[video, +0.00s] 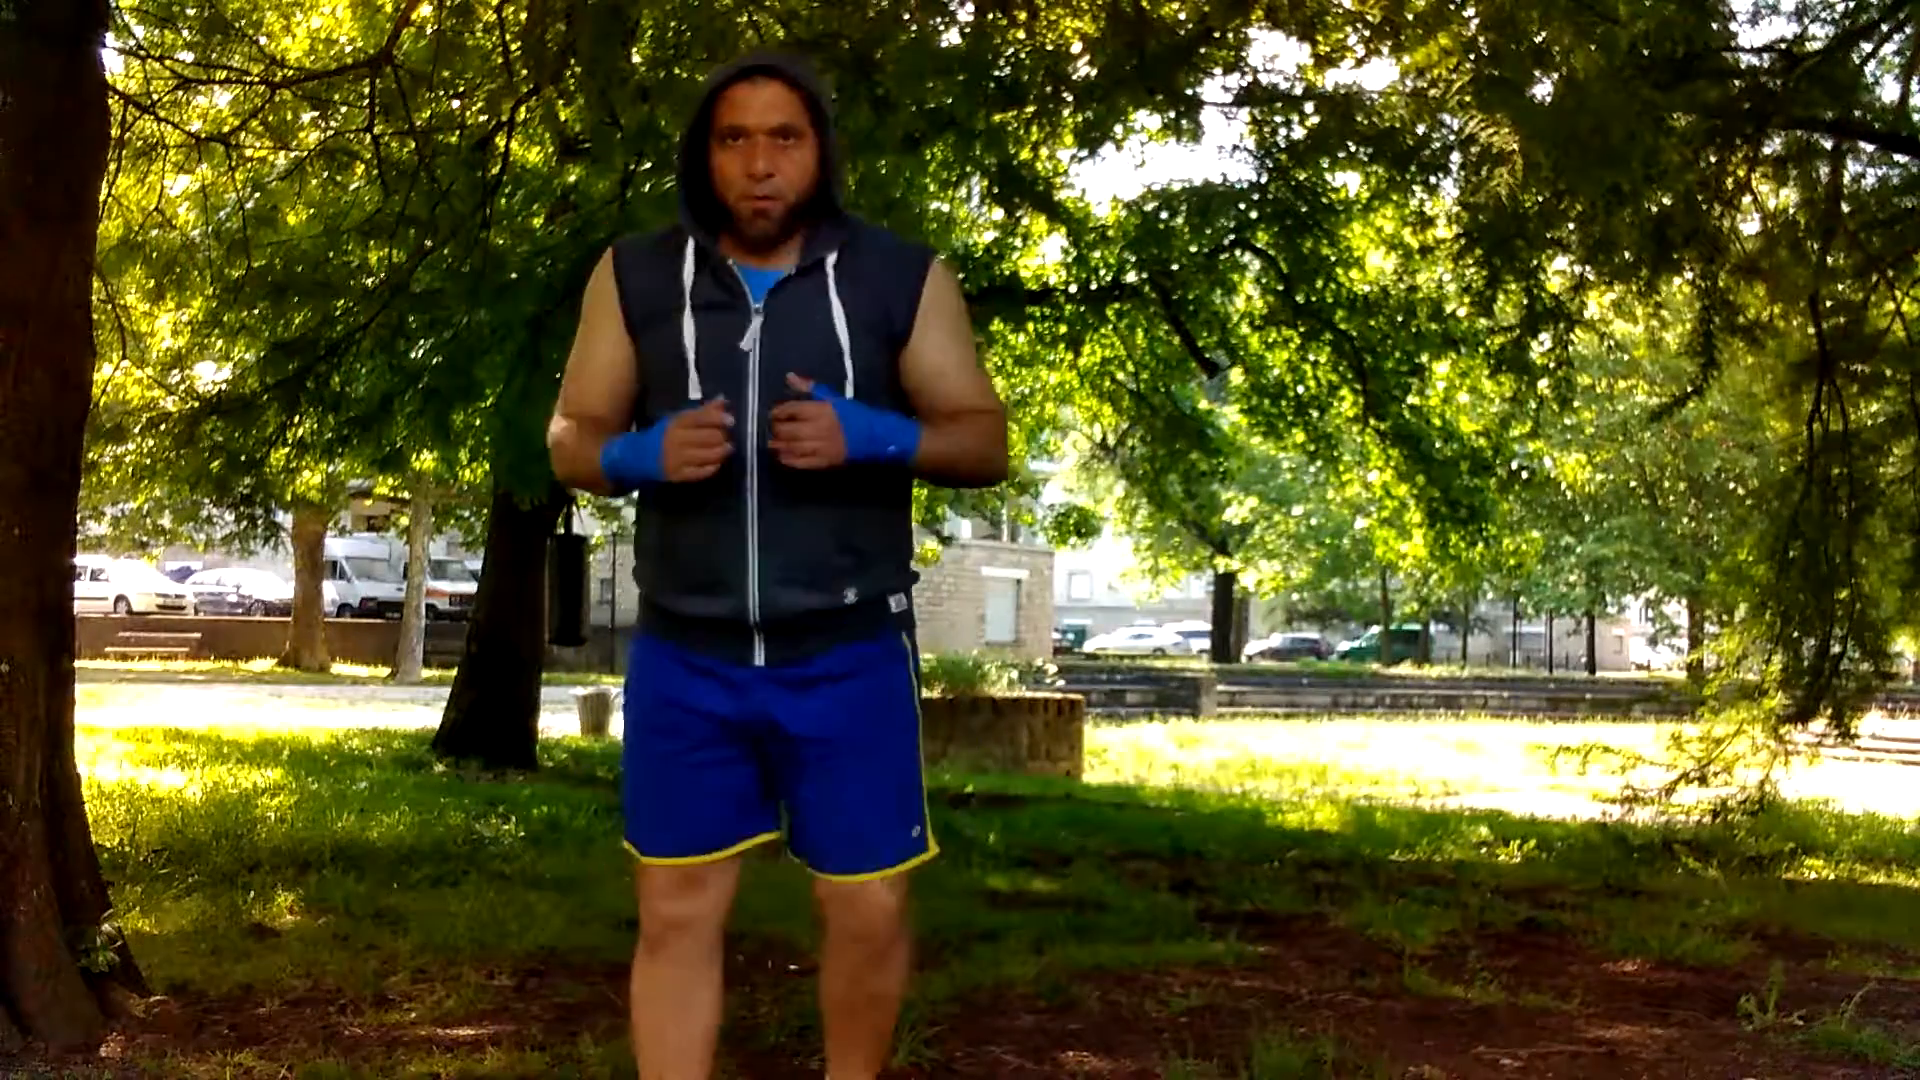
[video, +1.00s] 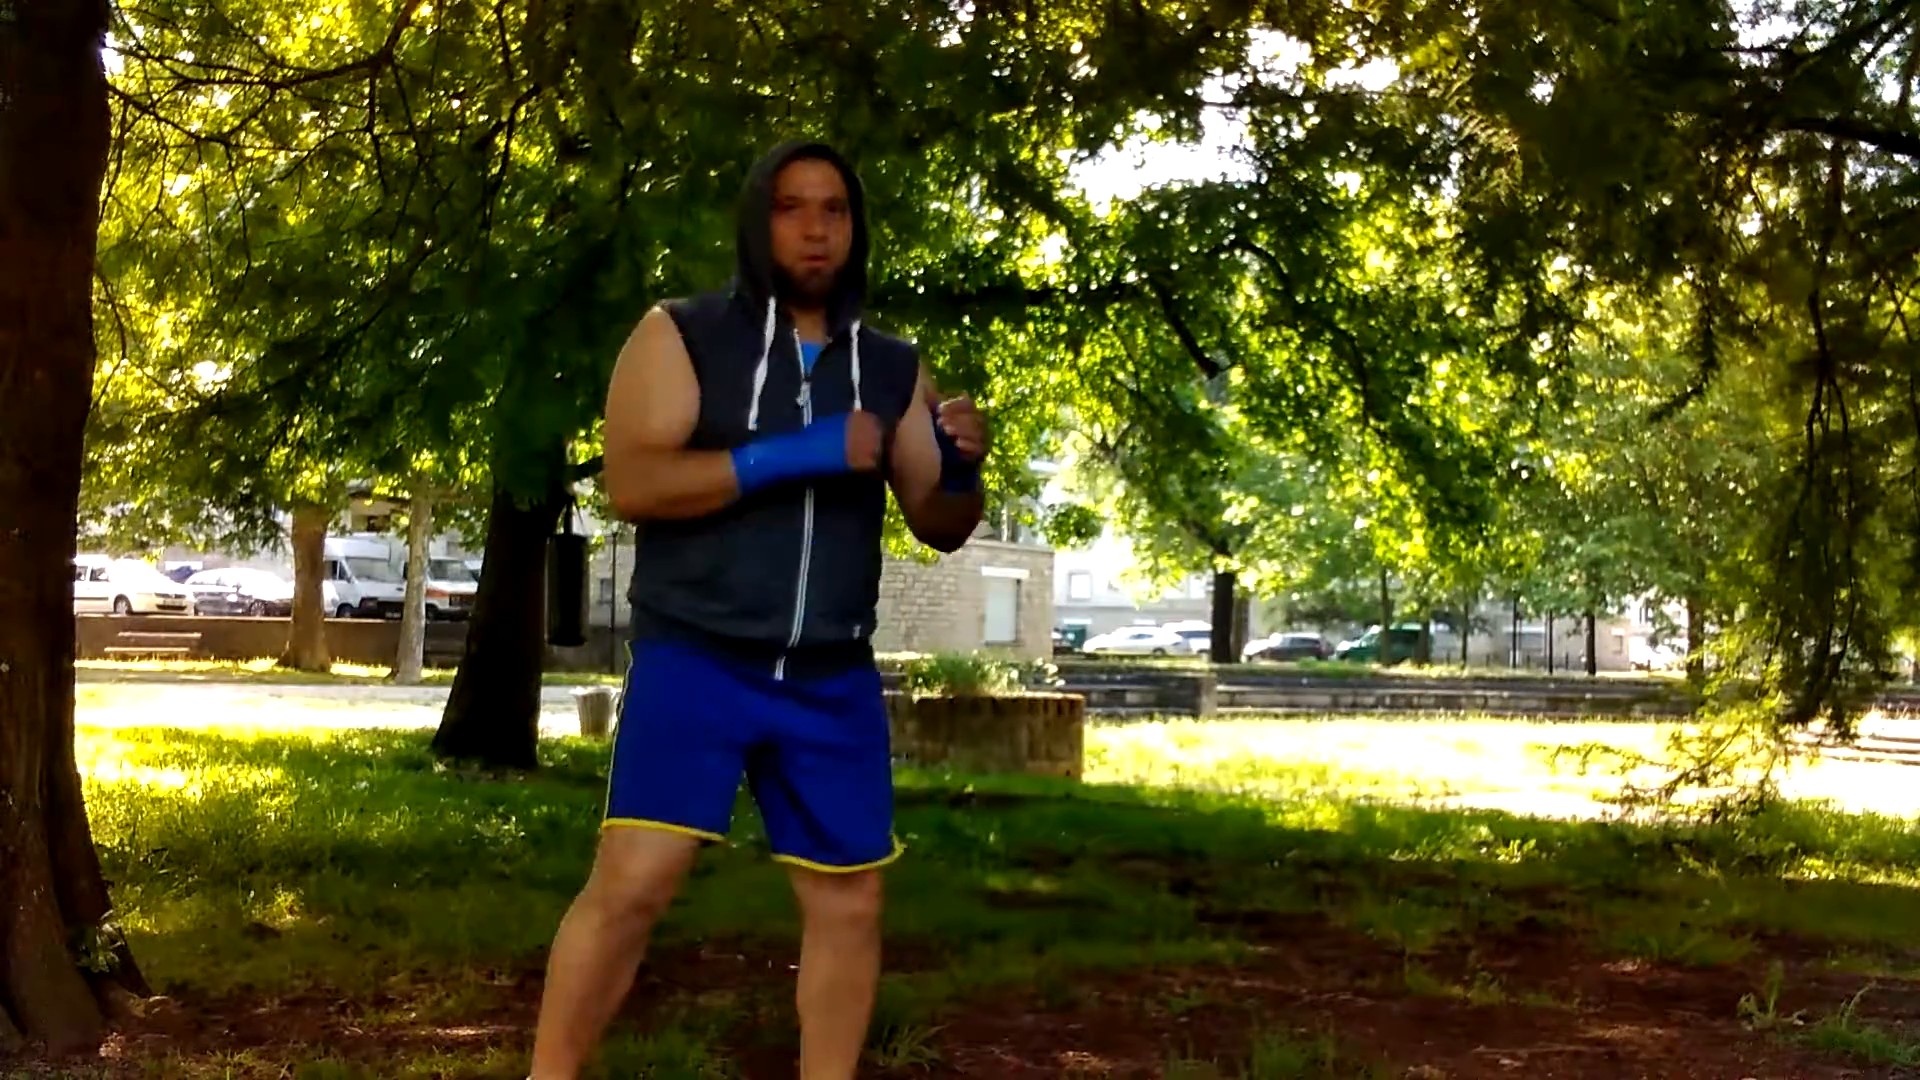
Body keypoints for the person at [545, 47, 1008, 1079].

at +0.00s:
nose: (760, 160)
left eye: (784, 137)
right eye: (736, 139)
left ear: (822, 152)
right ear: (704, 156)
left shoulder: (901, 279)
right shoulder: (634, 277)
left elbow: (987, 445)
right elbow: (569, 441)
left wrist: (868, 434)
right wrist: (645, 452)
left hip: (851, 659)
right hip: (684, 658)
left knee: (869, 915)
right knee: (674, 911)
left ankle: (851, 1075)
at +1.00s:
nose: (816, 227)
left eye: (833, 209)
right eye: (793, 209)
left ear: (856, 228)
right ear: (757, 226)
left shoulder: (892, 367)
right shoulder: (679, 333)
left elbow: (940, 527)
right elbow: (634, 484)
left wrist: (964, 469)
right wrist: (808, 450)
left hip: (831, 676)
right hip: (693, 663)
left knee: (850, 903)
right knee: (631, 890)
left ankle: (827, 1075)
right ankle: (551, 1071)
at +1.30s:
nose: (736, 233)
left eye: (752, 215)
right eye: (713, 213)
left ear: (769, 234)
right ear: (668, 222)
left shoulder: (767, 364)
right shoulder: (617, 318)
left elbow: (793, 530)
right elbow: (763, 361)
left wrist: (853, 482)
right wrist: (959, 313)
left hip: (754, 680)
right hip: (619, 675)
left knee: (810, 898)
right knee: (559, 915)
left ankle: (817, 1076)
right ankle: (477, 1072)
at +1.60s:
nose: (654, 222)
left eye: (663, 204)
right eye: (630, 202)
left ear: (673, 216)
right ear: (575, 210)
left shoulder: (709, 323)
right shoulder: (489, 333)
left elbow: (856, 373)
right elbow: (527, 491)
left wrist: (978, 336)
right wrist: (686, 405)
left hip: (684, 669)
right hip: (541, 671)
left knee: (740, 890)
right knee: (505, 921)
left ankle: (702, 1075)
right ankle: (455, 1074)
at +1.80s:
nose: (656, 215)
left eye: (666, 199)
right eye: (633, 193)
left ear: (674, 215)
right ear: (576, 201)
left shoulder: (699, 330)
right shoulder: (484, 326)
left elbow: (779, 470)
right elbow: (517, 482)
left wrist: (839, 398)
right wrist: (647, 366)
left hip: (686, 667)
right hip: (541, 671)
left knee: (769, 868)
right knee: (502, 919)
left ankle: (741, 1077)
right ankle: (453, 1077)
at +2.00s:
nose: (701, 249)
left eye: (715, 232)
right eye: (682, 225)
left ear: (724, 240)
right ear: (626, 218)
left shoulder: (720, 353)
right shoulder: (544, 320)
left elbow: (803, 484)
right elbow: (700, 365)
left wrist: (869, 409)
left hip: (707, 679)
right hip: (566, 671)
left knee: (752, 907)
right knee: (519, 921)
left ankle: (779, 1078)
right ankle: (460, 1075)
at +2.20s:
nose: (821, 284)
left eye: (832, 265)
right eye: (807, 258)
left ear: (833, 264)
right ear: (750, 241)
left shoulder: (805, 359)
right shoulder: (638, 329)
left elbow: (877, 510)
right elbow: (692, 487)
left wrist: (909, 382)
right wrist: (827, 374)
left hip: (763, 679)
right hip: (638, 670)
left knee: (789, 909)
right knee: (592, 899)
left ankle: (797, 1077)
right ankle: (496, 1070)